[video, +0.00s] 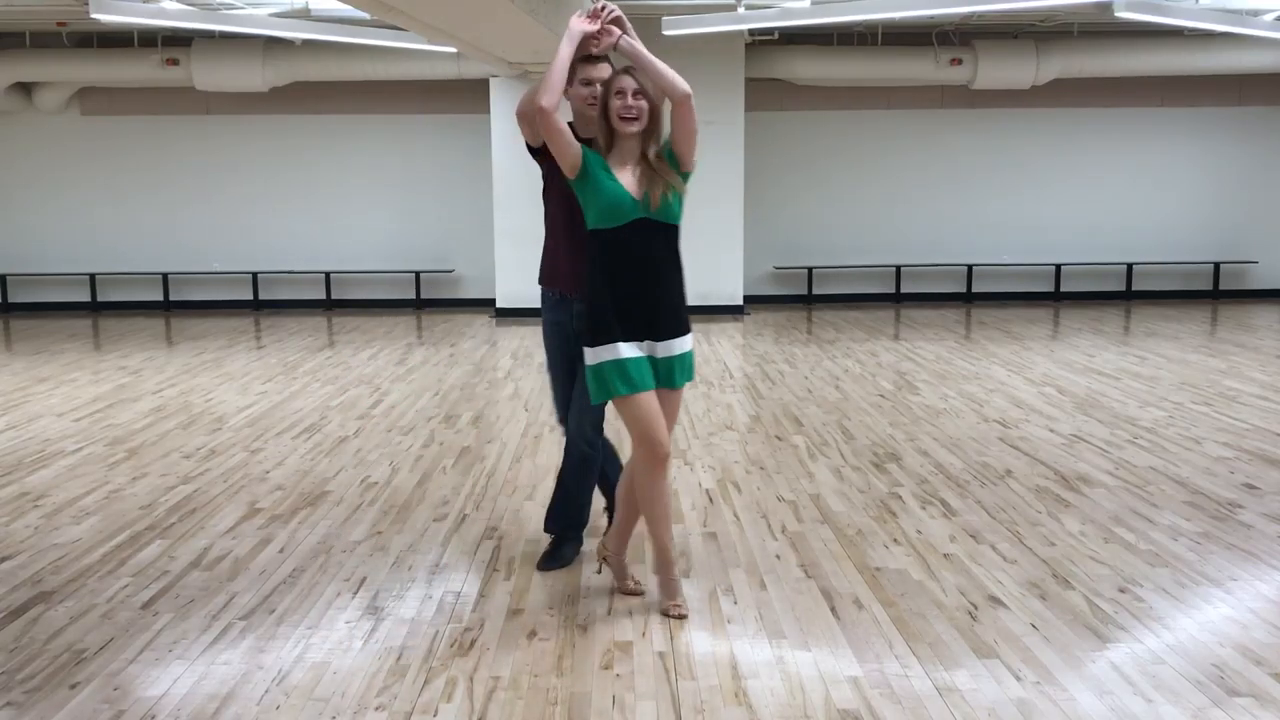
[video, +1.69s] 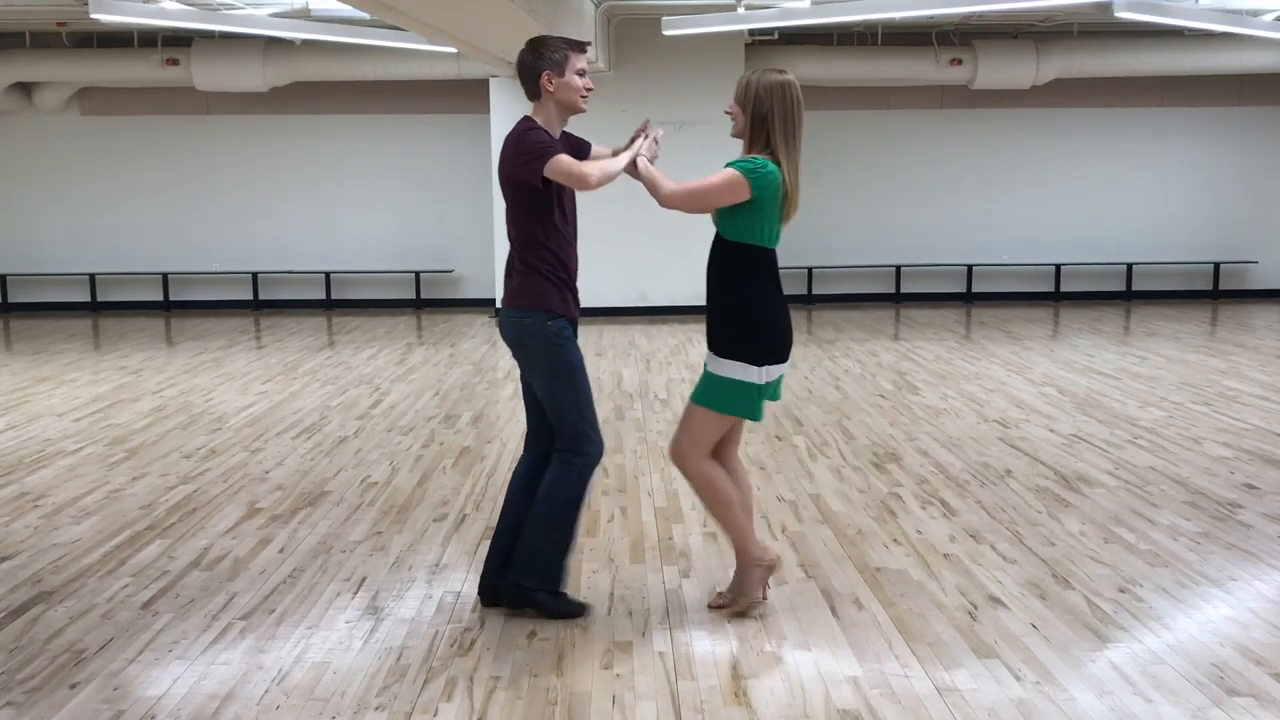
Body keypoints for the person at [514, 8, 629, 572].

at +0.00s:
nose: (594, 91)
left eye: (604, 82)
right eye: (584, 82)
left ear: (618, 90)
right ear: (567, 90)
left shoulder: (628, 147)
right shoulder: (555, 146)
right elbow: (528, 115)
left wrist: (625, 45)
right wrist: (573, 52)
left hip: (612, 300)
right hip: (560, 298)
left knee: (584, 422)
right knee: (569, 416)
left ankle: (566, 532)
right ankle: (620, 493)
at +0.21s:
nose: (599, 89)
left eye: (605, 80)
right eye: (588, 78)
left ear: (613, 87)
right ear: (570, 84)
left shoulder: (620, 134)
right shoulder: (548, 136)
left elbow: (662, 113)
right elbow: (504, 157)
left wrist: (609, 73)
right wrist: (550, 98)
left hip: (609, 304)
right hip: (555, 303)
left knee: (587, 428)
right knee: (563, 425)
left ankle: (570, 533)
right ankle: (529, 517)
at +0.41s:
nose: (618, 82)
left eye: (620, 74)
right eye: (608, 73)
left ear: (618, 82)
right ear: (576, 78)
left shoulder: (620, 132)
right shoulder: (542, 139)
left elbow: (659, 160)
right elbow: (509, 212)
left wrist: (620, 150)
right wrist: (575, 166)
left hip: (612, 306)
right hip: (563, 307)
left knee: (593, 437)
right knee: (568, 436)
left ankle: (558, 546)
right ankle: (556, 576)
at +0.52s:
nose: (620, 83)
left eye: (621, 75)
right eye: (610, 74)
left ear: (602, 82)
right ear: (576, 78)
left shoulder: (614, 138)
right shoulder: (540, 145)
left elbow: (662, 187)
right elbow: (529, 232)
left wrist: (645, 186)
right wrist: (609, 211)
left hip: (613, 310)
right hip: (566, 310)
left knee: (608, 440)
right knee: (575, 441)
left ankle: (557, 538)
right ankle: (555, 580)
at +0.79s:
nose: (632, 82)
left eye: (632, 72)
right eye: (623, 71)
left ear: (602, 81)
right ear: (588, 79)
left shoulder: (605, 143)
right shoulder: (572, 146)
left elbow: (658, 198)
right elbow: (600, 246)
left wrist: (699, 222)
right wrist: (679, 251)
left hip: (614, 315)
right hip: (580, 316)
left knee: (654, 431)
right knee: (600, 443)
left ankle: (644, 571)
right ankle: (556, 573)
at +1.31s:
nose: (629, 78)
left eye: (628, 68)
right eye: (620, 68)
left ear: (596, 77)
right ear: (587, 74)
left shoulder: (590, 139)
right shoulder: (571, 136)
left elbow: (630, 199)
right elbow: (581, 227)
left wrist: (666, 186)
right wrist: (654, 207)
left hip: (602, 312)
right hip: (585, 314)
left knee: (636, 432)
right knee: (616, 441)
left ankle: (598, 567)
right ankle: (576, 584)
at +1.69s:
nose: (590, 84)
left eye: (589, 75)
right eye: (581, 75)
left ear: (554, 83)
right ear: (549, 81)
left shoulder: (555, 137)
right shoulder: (528, 139)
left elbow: (593, 161)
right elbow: (585, 176)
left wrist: (630, 148)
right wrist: (632, 153)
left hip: (542, 315)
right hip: (537, 317)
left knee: (544, 446)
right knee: (581, 446)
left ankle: (500, 579)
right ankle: (533, 582)